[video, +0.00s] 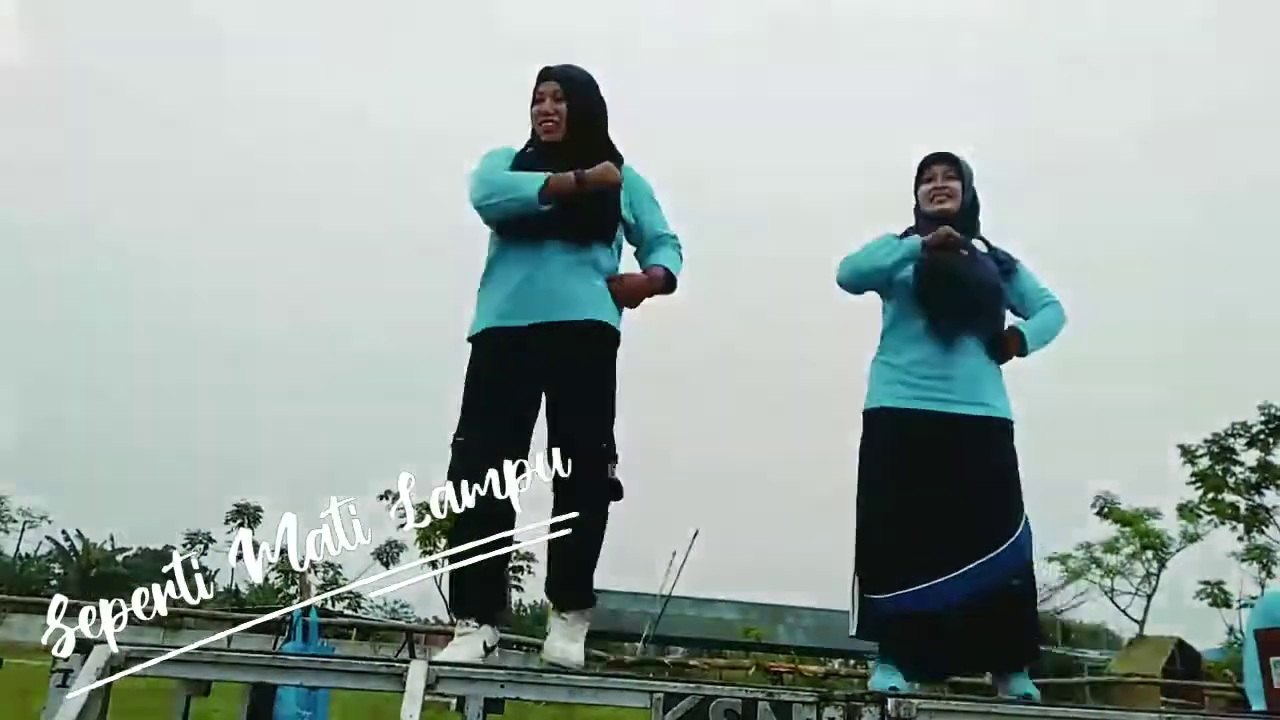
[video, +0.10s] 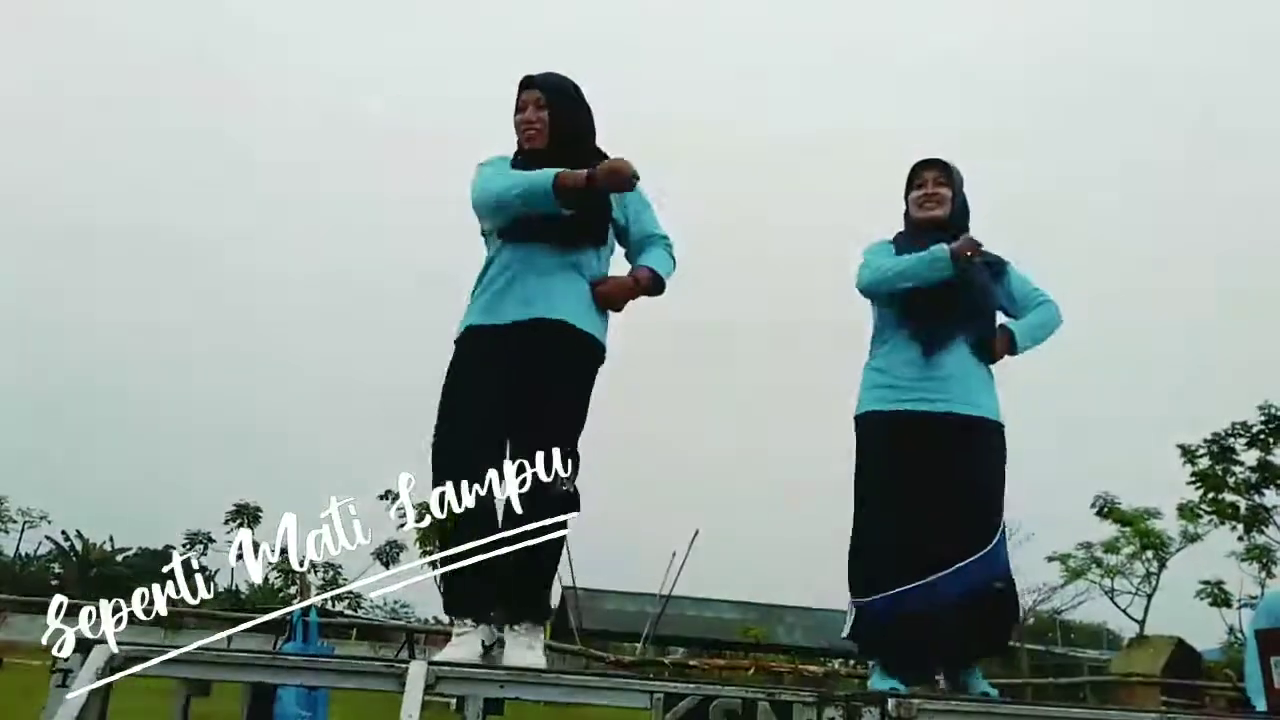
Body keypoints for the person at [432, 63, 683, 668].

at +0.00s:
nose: (546, 108)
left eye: (558, 99)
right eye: (539, 100)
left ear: (586, 108)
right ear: (529, 111)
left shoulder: (621, 177)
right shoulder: (503, 161)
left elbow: (663, 244)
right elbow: (486, 197)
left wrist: (652, 278)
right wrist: (577, 181)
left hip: (585, 325)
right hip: (503, 325)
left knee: (584, 469)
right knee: (481, 467)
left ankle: (569, 614)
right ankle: (476, 619)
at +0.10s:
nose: (526, 117)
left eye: (538, 108)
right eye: (522, 109)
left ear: (569, 115)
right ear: (515, 120)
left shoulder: (609, 181)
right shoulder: (497, 171)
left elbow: (657, 248)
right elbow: (495, 195)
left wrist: (635, 282)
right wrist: (585, 179)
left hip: (568, 321)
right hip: (491, 321)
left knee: (542, 463)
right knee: (461, 455)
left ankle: (526, 621)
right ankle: (471, 617)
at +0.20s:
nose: (519, 126)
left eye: (529, 116)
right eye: (514, 119)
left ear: (561, 119)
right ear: (511, 130)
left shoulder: (603, 186)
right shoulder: (504, 185)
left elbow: (655, 258)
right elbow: (476, 185)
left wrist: (624, 288)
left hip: (558, 333)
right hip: (477, 331)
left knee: (543, 478)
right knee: (413, 458)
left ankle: (525, 625)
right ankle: (460, 598)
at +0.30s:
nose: (524, 116)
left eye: (536, 107)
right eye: (517, 108)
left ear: (563, 114)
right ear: (509, 119)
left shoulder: (597, 183)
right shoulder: (484, 167)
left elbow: (642, 254)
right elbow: (403, 153)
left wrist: (622, 286)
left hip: (554, 326)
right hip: (470, 321)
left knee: (543, 475)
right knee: (401, 440)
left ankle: (527, 619)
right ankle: (419, 593)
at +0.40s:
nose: (515, 95)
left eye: (529, 87)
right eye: (508, 87)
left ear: (555, 98)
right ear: (498, 98)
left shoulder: (583, 172)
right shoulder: (466, 150)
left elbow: (612, 249)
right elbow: (375, 166)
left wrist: (616, 284)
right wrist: (267, 166)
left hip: (541, 324)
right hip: (457, 315)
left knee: (536, 471)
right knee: (396, 448)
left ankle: (526, 618)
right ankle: (358, 595)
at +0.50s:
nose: (509, 87)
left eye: (522, 81)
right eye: (501, 78)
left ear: (540, 98)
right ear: (484, 88)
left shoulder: (557, 172)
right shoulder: (444, 144)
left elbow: (571, 260)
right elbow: (377, 192)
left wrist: (600, 298)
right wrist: (301, 228)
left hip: (524, 328)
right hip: (438, 321)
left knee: (527, 473)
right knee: (383, 460)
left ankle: (525, 620)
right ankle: (340, 609)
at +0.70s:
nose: (502, 94)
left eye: (508, 89)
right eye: (492, 82)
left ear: (510, 103)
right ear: (458, 82)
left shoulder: (518, 167)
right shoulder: (398, 146)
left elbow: (557, 247)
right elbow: (353, 234)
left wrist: (582, 239)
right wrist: (299, 310)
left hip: (482, 324)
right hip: (393, 323)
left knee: (482, 458)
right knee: (359, 463)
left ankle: (481, 593)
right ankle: (340, 609)